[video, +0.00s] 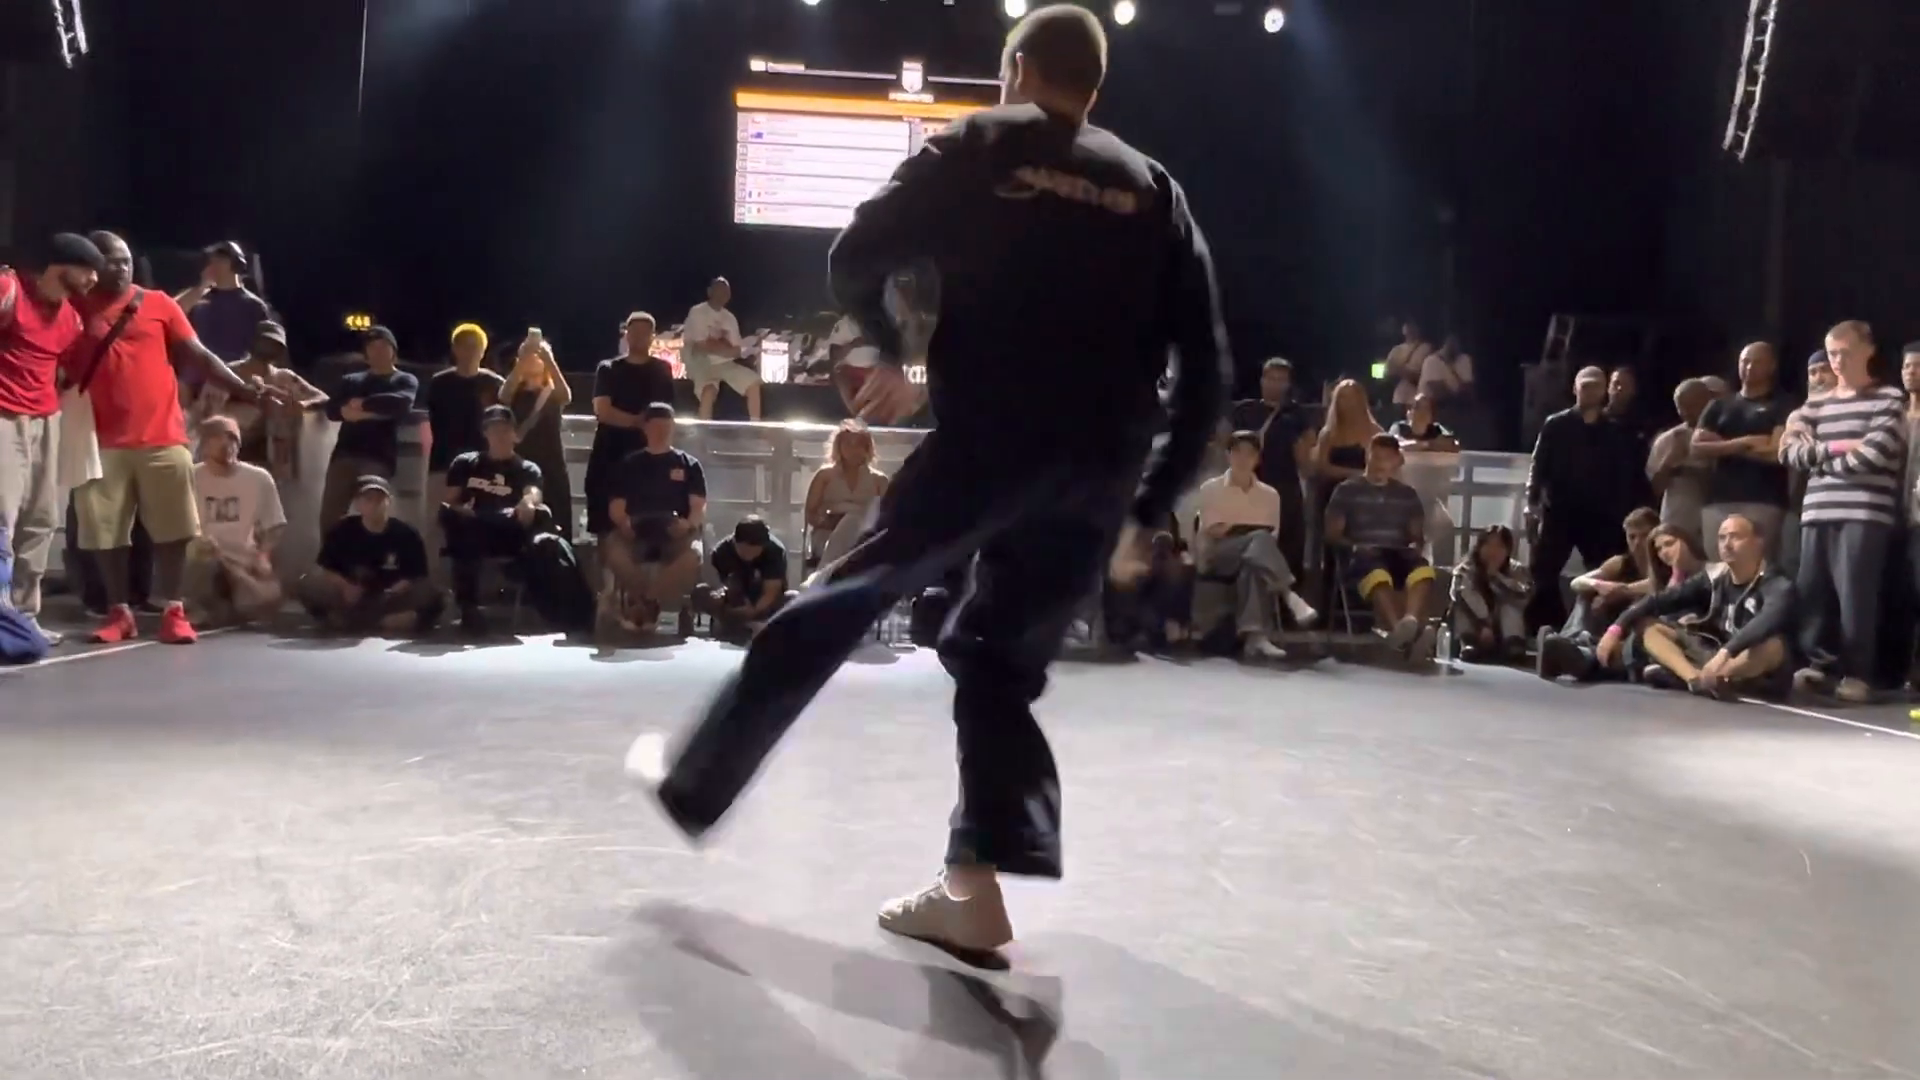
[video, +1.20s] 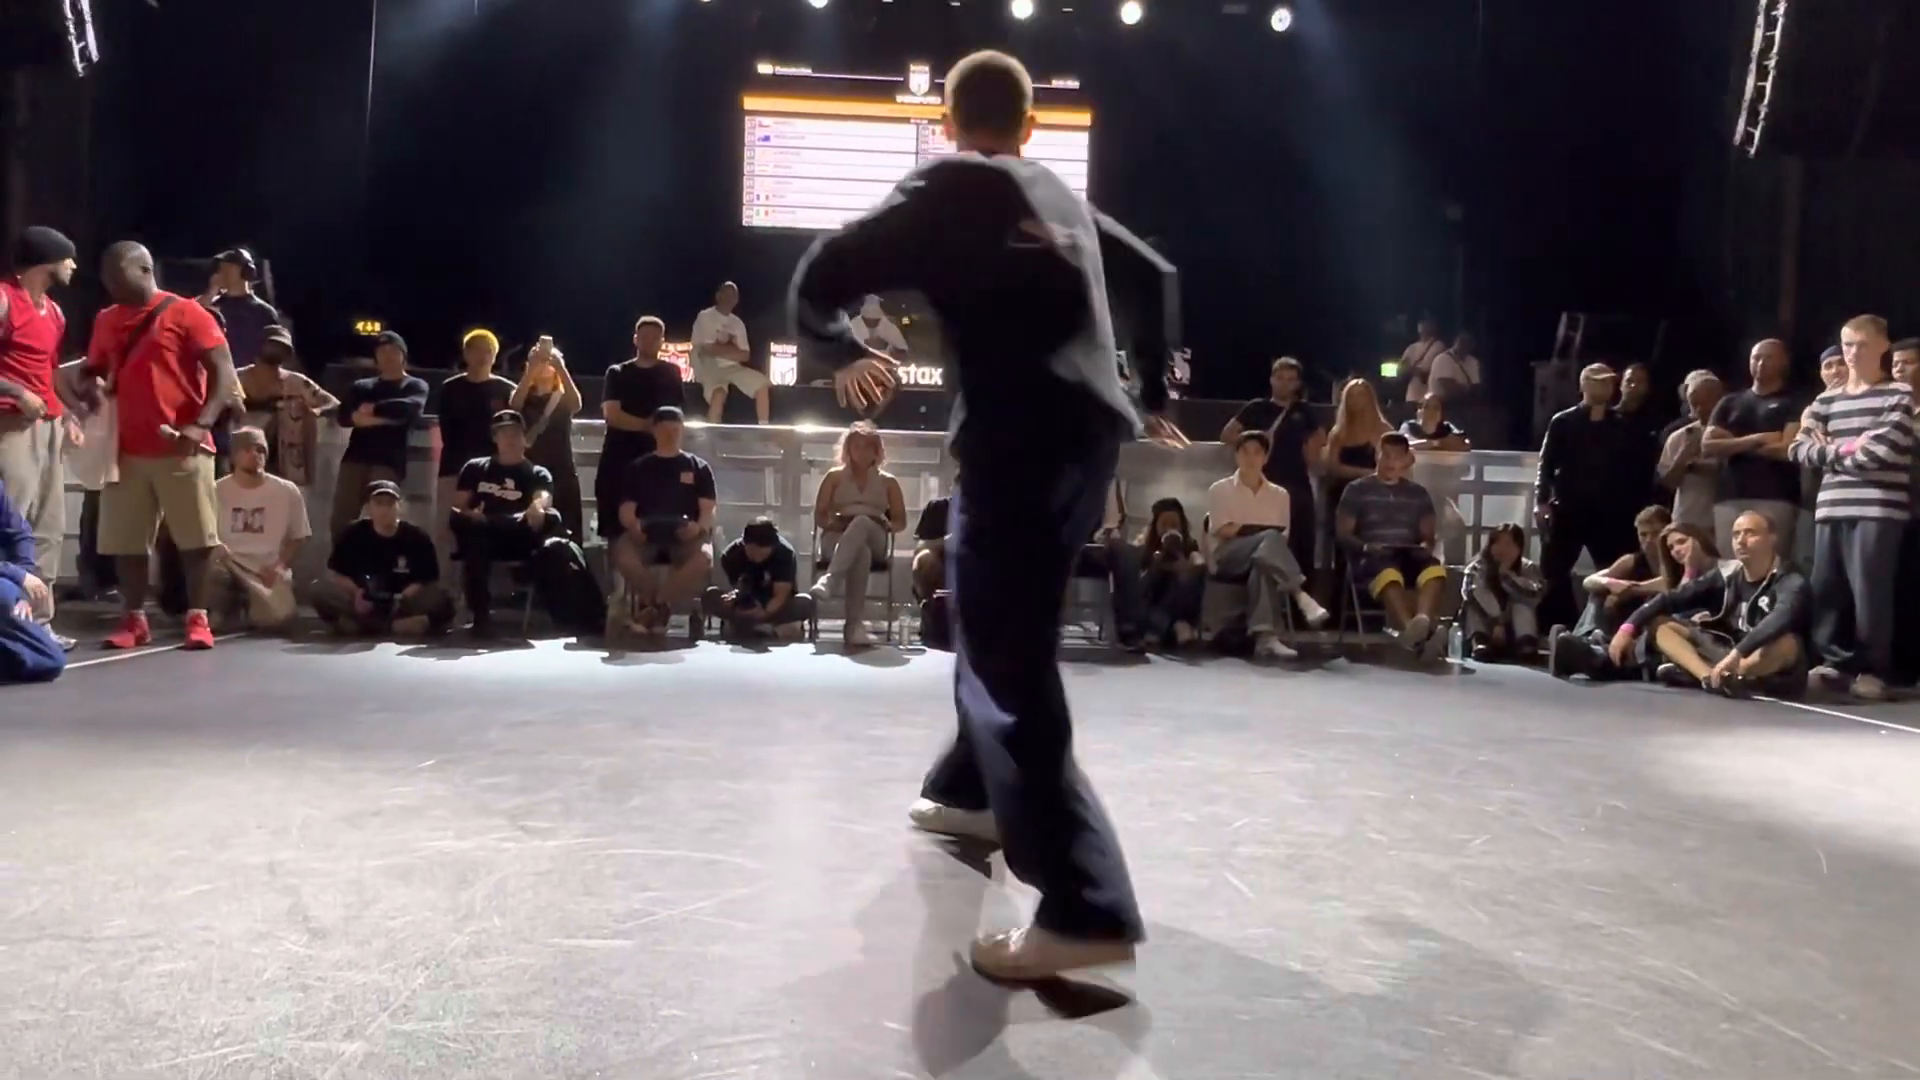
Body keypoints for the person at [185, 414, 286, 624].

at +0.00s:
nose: (228, 447)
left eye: (232, 440)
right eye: (220, 440)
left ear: (238, 444)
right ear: (205, 444)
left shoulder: (259, 479)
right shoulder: (191, 477)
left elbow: (275, 527)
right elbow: (186, 524)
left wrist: (263, 554)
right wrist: (201, 542)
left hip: (244, 560)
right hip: (206, 558)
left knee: (268, 598)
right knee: (199, 548)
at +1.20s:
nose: (255, 455)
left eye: (261, 450)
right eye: (248, 449)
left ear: (266, 455)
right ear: (234, 455)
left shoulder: (287, 491)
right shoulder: (217, 490)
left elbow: (296, 537)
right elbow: (207, 530)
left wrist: (279, 567)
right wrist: (218, 549)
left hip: (268, 567)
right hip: (230, 562)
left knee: (278, 617)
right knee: (214, 570)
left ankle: (248, 608)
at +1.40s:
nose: (258, 456)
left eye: (264, 450)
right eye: (251, 450)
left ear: (269, 455)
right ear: (237, 455)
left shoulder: (291, 490)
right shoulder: (222, 489)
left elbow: (304, 536)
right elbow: (210, 531)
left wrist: (281, 566)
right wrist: (222, 551)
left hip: (271, 570)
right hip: (233, 565)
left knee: (279, 617)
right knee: (220, 555)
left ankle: (252, 609)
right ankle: (216, 615)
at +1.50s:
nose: (259, 454)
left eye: (265, 449)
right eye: (252, 449)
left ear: (270, 454)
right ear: (238, 454)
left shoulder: (292, 488)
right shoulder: (224, 487)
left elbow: (306, 535)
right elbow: (212, 527)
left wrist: (281, 565)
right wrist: (222, 550)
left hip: (272, 568)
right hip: (234, 563)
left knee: (280, 616)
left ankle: (253, 605)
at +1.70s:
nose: (262, 452)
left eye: (268, 446)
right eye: (255, 445)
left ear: (273, 451)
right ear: (240, 449)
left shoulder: (294, 486)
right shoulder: (226, 483)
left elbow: (308, 530)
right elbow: (215, 524)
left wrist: (283, 562)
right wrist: (224, 548)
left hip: (273, 565)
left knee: (284, 612)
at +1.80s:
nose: (264, 451)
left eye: (270, 445)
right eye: (255, 445)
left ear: (275, 449)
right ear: (242, 448)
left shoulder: (297, 485)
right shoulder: (228, 482)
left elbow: (311, 530)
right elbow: (217, 523)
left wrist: (286, 561)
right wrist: (225, 545)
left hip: (275, 565)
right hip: (238, 560)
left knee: (288, 610)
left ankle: (249, 606)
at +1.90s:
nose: (266, 447)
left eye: (271, 441)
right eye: (258, 440)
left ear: (276, 446)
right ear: (244, 445)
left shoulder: (297, 483)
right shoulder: (228, 480)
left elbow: (311, 528)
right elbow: (216, 519)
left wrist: (287, 558)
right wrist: (226, 546)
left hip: (276, 563)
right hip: (238, 559)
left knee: (289, 608)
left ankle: (250, 604)